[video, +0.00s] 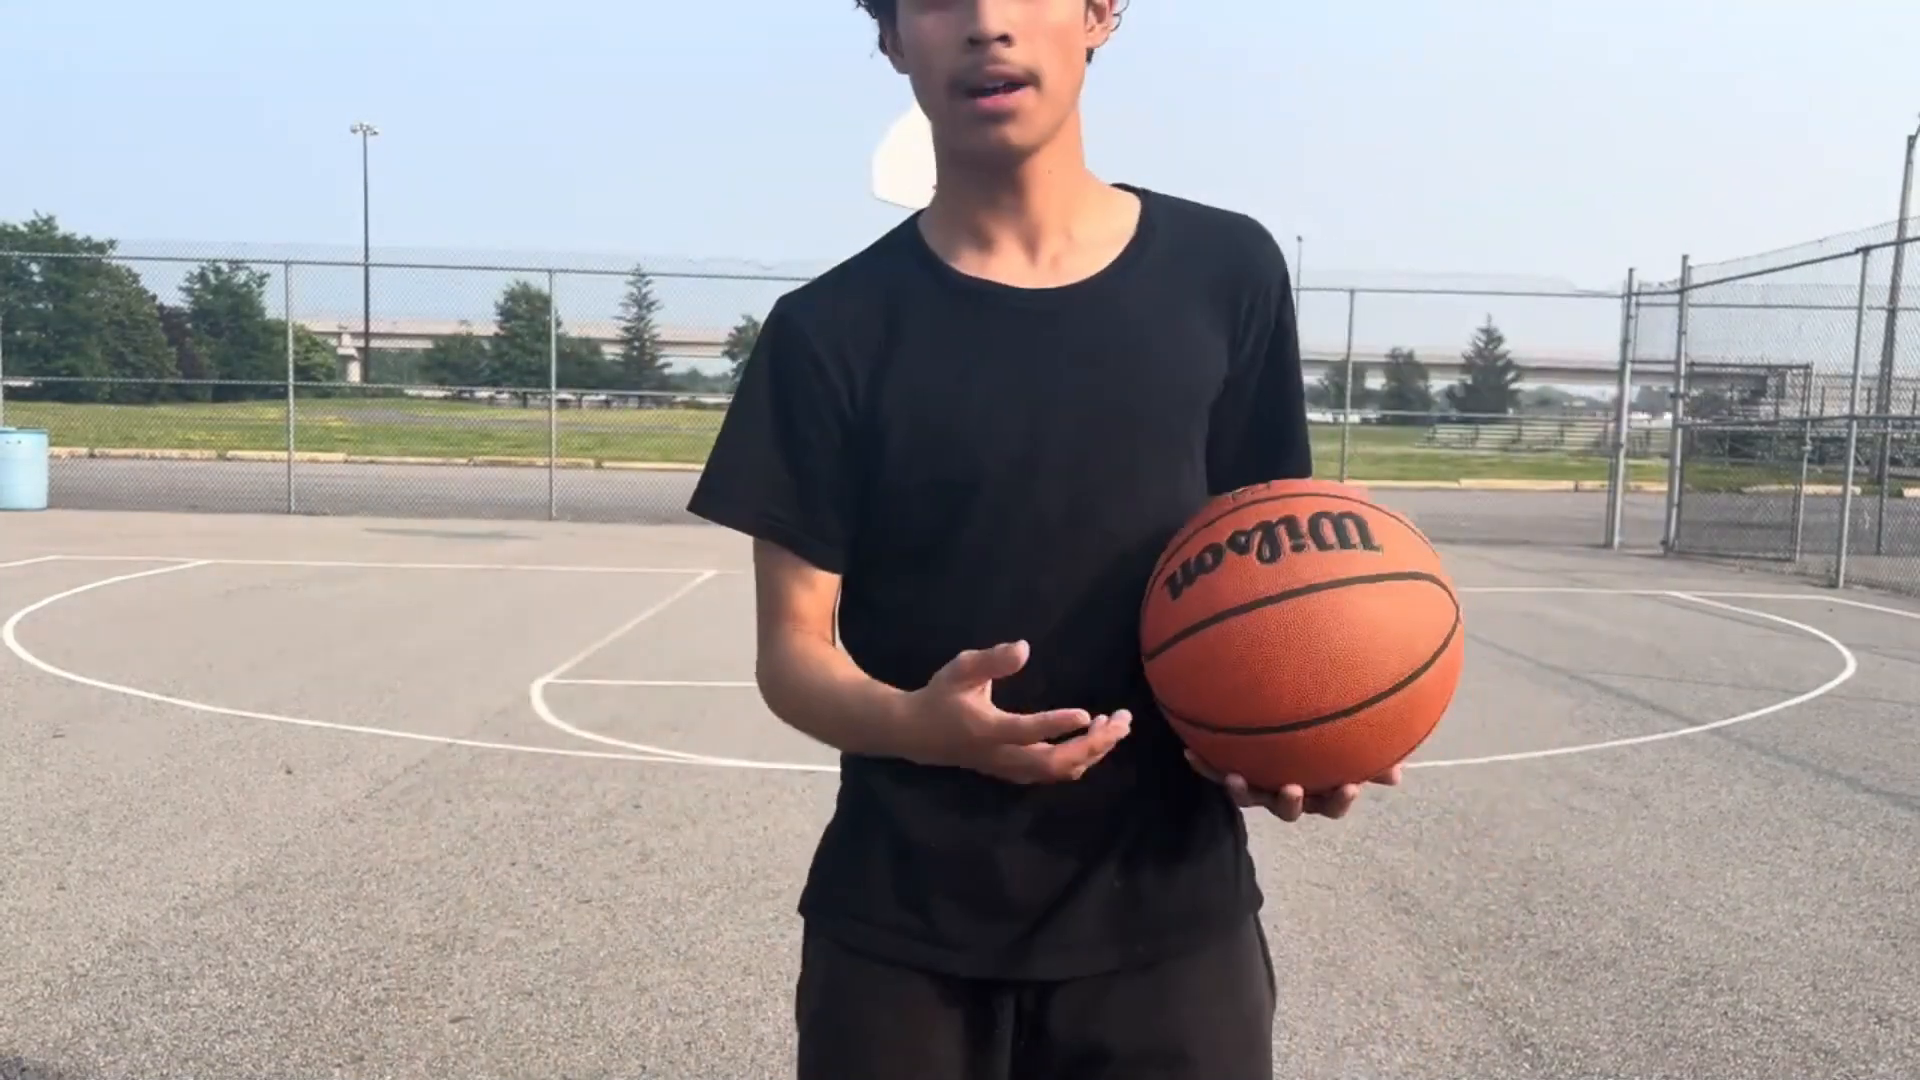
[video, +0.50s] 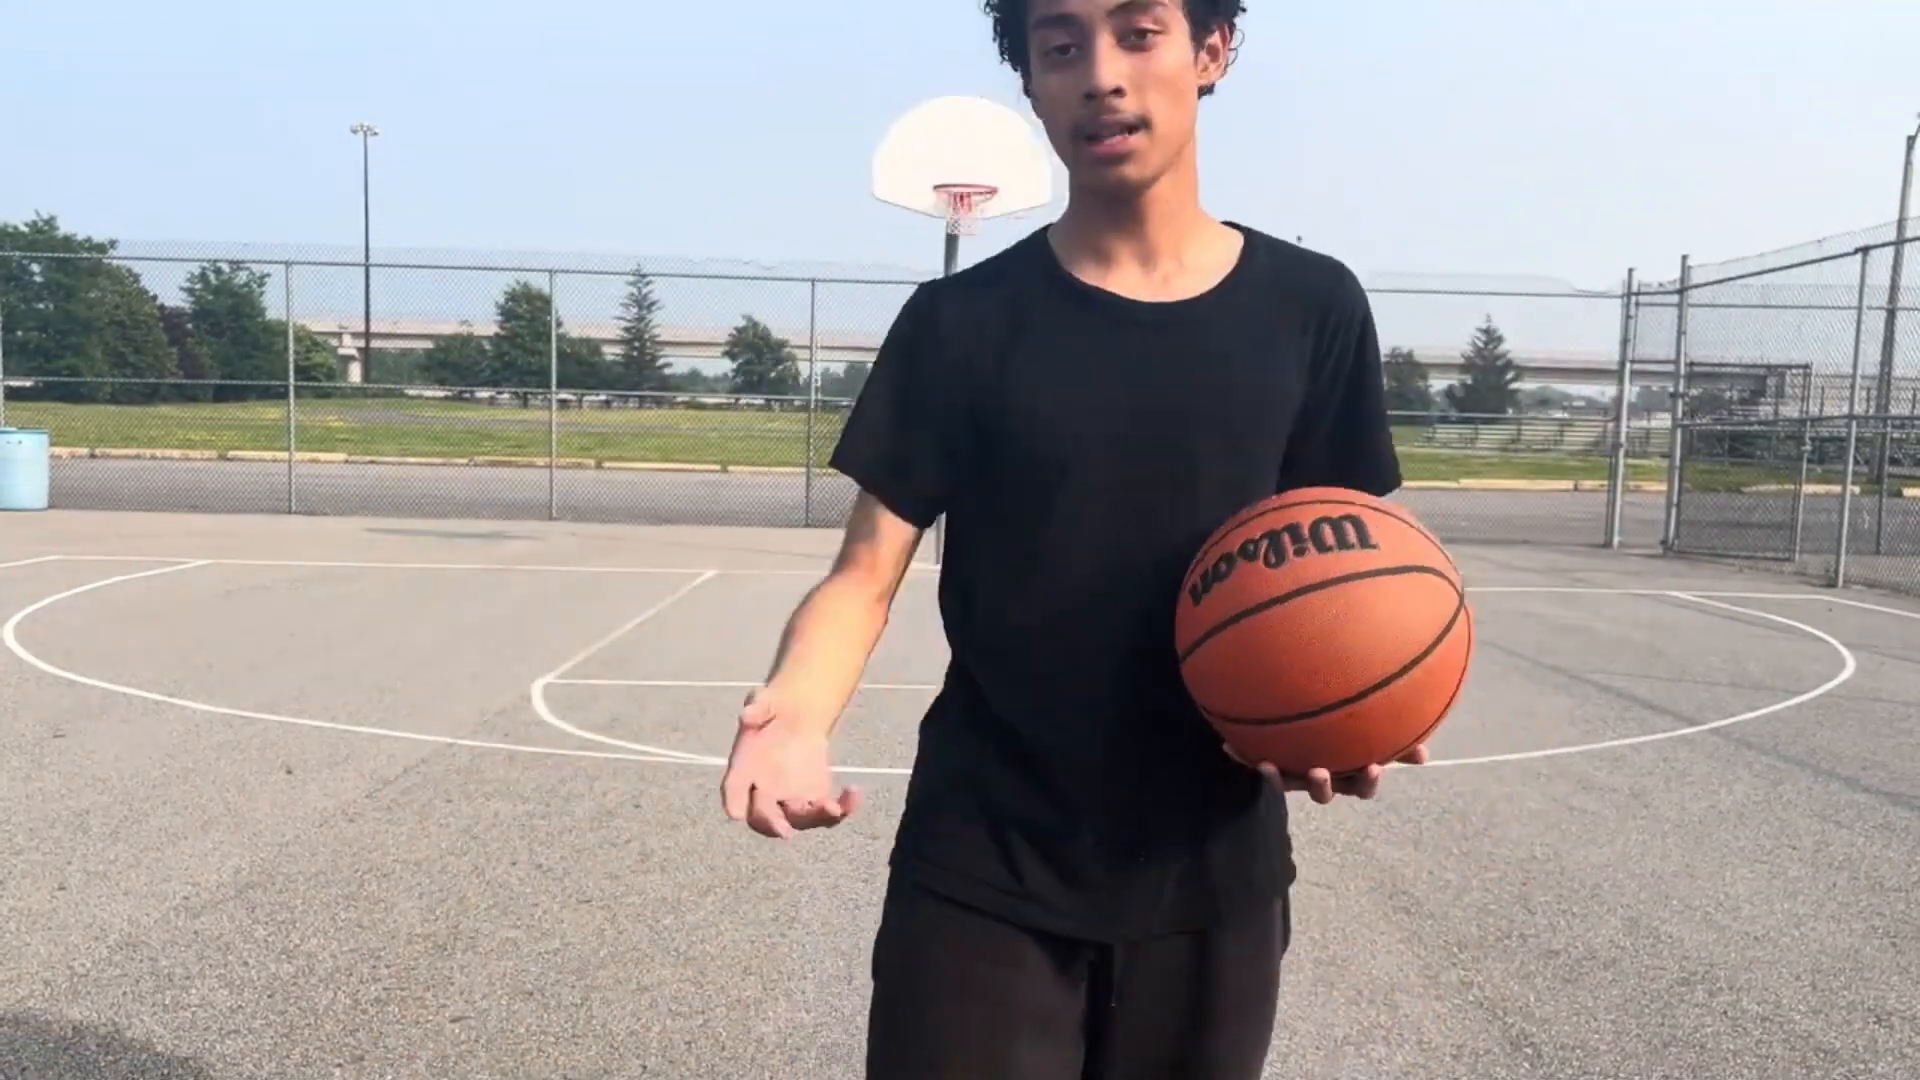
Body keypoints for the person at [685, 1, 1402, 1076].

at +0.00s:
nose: (986, 25)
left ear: (1096, 20)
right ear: (896, 41)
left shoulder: (1228, 273)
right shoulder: (826, 332)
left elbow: (1280, 570)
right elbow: (792, 656)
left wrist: (1301, 729)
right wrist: (914, 723)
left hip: (1169, 924)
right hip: (904, 935)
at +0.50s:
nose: (1102, 79)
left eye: (1138, 34)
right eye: (1062, 48)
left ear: (1210, 54)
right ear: (1029, 84)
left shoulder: (1315, 308)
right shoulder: (956, 321)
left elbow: (1355, 573)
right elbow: (864, 569)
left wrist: (1343, 710)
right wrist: (796, 705)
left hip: (1213, 872)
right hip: (987, 869)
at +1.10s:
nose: (1100, 79)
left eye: (1150, 42)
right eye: (1093, 46)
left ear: (1264, 69)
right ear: (1079, 66)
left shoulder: (1356, 345)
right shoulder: (987, 303)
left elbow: (1328, 618)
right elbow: (869, 555)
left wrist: (1294, 771)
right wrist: (710, 755)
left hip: (1204, 901)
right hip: (967, 887)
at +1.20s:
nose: (1098, 61)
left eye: (1148, 22)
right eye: (1068, 26)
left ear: (1232, 59)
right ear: (1042, 55)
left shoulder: (1322, 325)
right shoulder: (944, 316)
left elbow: (1325, 607)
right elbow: (895, 600)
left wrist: (1310, 768)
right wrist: (809, 848)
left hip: (1193, 917)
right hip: (950, 912)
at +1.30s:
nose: (1058, 36)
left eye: (1102, 2)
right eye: (1022, 3)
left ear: (1174, 35)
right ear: (978, 40)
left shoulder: (1284, 295)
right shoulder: (895, 316)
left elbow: (1312, 577)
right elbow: (886, 608)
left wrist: (1320, 742)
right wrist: (862, 837)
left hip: (1187, 913)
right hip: (935, 906)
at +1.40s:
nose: (1003, 28)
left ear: (1115, 23)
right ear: (917, 35)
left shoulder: (1246, 266)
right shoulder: (845, 324)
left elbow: (1311, 535)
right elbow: (857, 615)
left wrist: (1316, 701)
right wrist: (860, 864)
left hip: (1193, 911)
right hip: (934, 920)